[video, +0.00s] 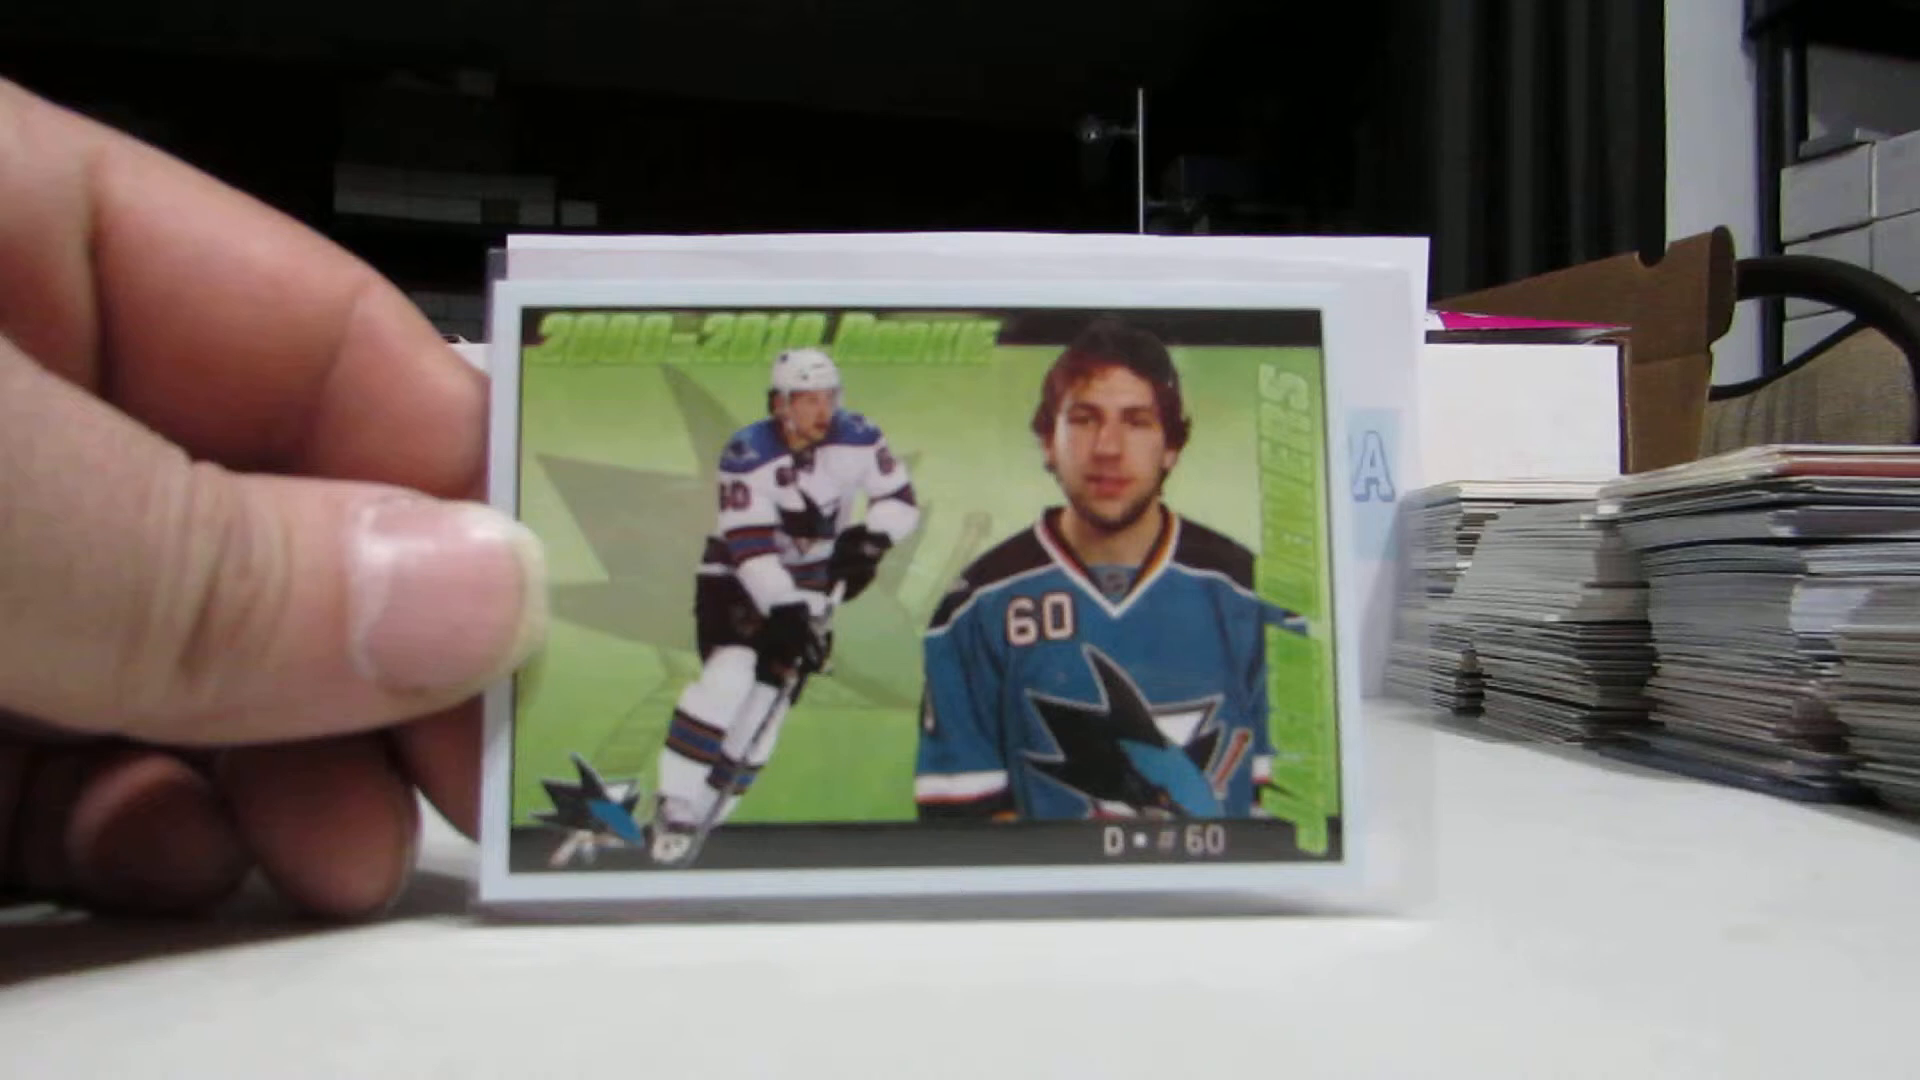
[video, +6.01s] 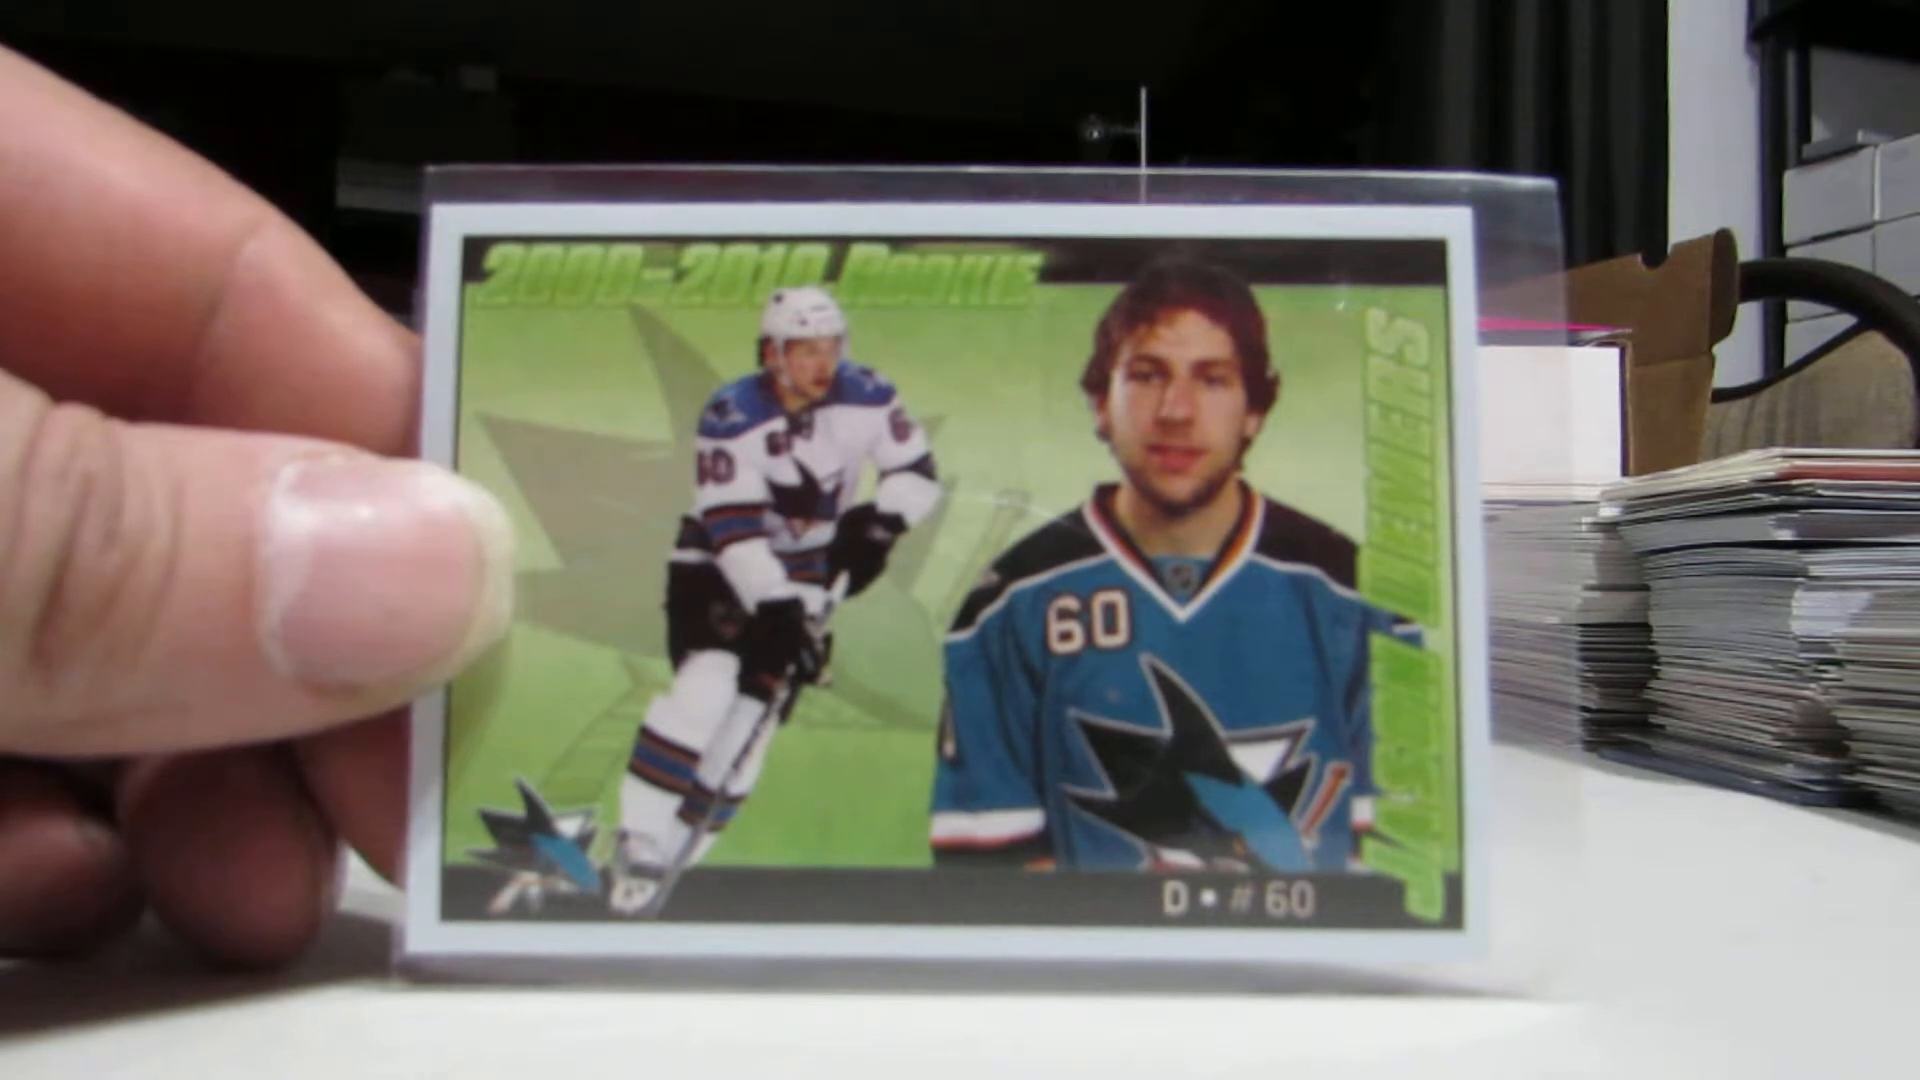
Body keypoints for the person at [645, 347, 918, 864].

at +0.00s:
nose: (822, 411)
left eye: (828, 399)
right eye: (808, 400)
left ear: (837, 400)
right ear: (780, 405)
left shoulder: (858, 439)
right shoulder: (748, 453)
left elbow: (899, 500)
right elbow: (749, 542)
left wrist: (869, 542)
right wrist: (785, 608)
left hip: (811, 584)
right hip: (740, 575)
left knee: (769, 702)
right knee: (730, 672)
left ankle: (704, 818)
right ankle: (678, 812)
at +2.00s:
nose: (849, 399)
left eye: (856, 386)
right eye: (836, 388)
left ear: (866, 386)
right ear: (806, 391)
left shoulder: (887, 427)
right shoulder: (771, 443)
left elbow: (929, 491)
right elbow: (771, 537)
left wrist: (898, 539)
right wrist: (808, 607)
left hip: (835, 581)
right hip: (761, 573)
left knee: (790, 705)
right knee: (750, 675)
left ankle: (724, 825)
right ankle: (693, 816)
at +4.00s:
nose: (826, 363)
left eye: (833, 349)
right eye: (810, 351)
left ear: (843, 349)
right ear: (774, 356)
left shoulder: (868, 398)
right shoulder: (733, 416)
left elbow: (916, 473)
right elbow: (732, 523)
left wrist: (878, 527)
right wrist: (776, 603)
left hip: (807, 573)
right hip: (722, 562)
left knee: (754, 716)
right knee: (709, 680)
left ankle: (678, 853)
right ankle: (642, 842)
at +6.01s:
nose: (822, 364)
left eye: (831, 350)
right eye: (806, 351)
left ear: (842, 350)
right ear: (772, 356)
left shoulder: (867, 398)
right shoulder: (732, 416)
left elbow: (916, 473)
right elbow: (732, 523)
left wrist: (877, 527)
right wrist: (775, 605)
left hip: (807, 573)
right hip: (721, 564)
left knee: (755, 715)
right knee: (709, 681)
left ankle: (681, 851)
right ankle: (642, 840)